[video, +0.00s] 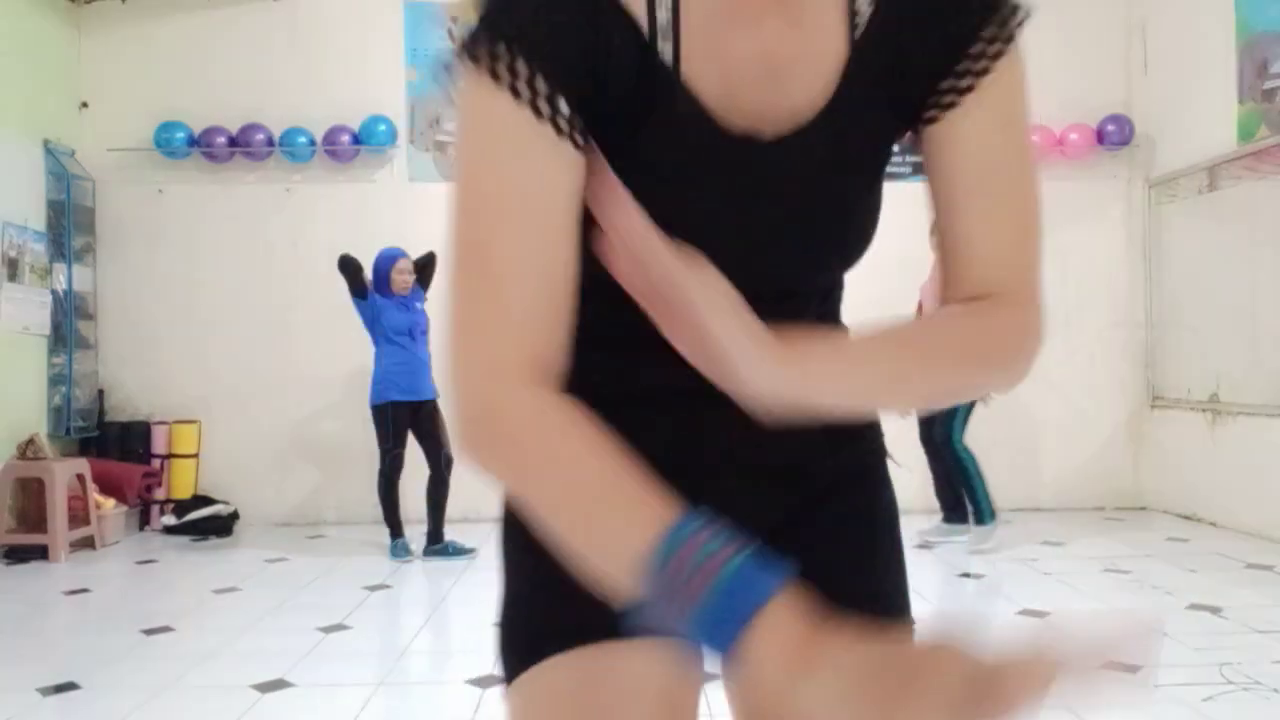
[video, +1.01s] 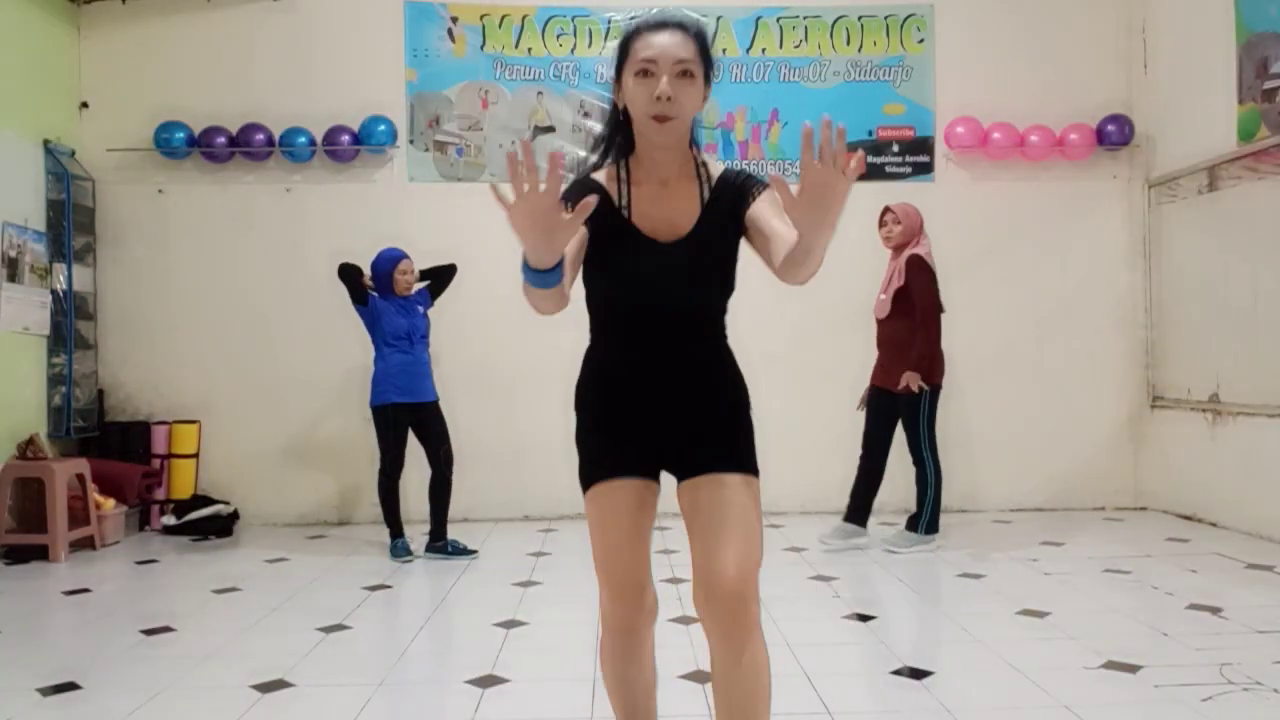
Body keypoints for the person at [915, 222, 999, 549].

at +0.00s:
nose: (934, 238)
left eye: (939, 233)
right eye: (935, 233)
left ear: (956, 237)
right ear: (937, 236)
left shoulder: (969, 275)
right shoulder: (937, 275)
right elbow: (924, 316)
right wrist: (921, 342)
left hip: (965, 356)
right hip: (937, 356)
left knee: (947, 434)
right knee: (932, 435)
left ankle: (984, 517)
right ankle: (954, 517)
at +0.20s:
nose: (930, 233)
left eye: (938, 227)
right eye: (926, 227)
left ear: (954, 232)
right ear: (920, 234)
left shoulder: (963, 271)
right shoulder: (922, 272)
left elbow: (970, 324)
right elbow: (912, 322)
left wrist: (968, 369)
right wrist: (906, 364)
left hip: (946, 364)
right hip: (918, 363)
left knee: (933, 440)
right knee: (939, 440)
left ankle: (930, 518)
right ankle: (956, 512)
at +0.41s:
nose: (918, 234)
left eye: (925, 227)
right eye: (913, 228)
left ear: (943, 231)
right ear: (908, 232)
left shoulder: (950, 276)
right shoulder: (911, 272)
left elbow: (953, 329)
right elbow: (904, 322)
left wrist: (948, 374)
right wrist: (899, 366)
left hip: (941, 373)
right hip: (917, 371)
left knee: (930, 443)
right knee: (931, 443)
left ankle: (924, 526)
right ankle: (957, 515)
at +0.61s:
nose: (907, 232)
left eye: (914, 226)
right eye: (904, 228)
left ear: (933, 231)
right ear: (902, 235)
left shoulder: (940, 275)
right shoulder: (907, 273)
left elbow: (941, 330)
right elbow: (904, 327)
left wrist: (928, 374)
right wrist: (894, 369)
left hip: (933, 375)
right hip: (907, 373)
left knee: (919, 444)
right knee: (900, 441)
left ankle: (923, 527)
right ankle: (945, 507)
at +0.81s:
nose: (896, 231)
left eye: (903, 226)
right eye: (893, 227)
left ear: (923, 231)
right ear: (892, 235)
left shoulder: (929, 276)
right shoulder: (903, 272)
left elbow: (933, 332)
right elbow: (906, 327)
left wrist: (918, 376)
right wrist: (896, 368)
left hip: (924, 378)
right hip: (897, 373)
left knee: (913, 448)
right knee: (868, 435)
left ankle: (921, 530)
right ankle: (906, 511)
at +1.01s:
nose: (887, 228)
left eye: (895, 223)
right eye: (884, 224)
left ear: (912, 228)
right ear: (881, 232)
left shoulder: (916, 263)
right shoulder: (895, 267)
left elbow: (929, 318)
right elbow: (892, 334)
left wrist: (916, 367)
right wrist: (875, 383)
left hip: (916, 377)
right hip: (888, 376)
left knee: (923, 452)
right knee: (873, 450)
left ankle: (923, 528)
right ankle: (854, 522)